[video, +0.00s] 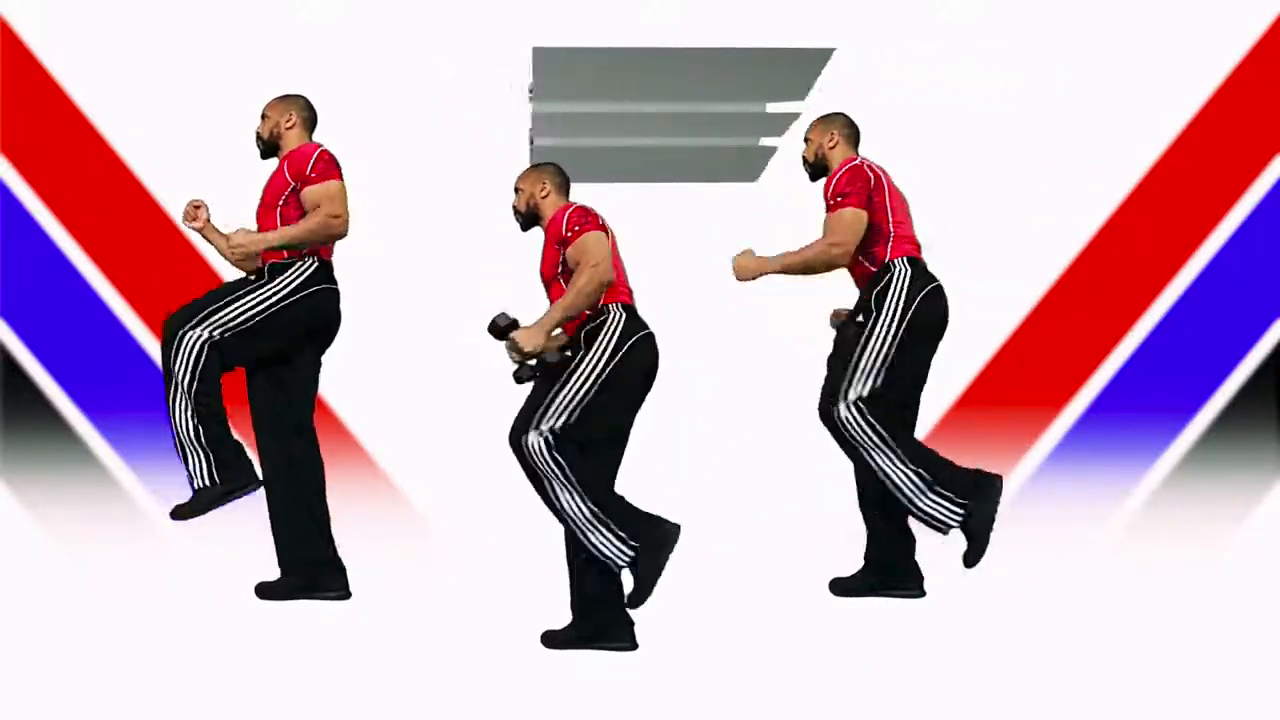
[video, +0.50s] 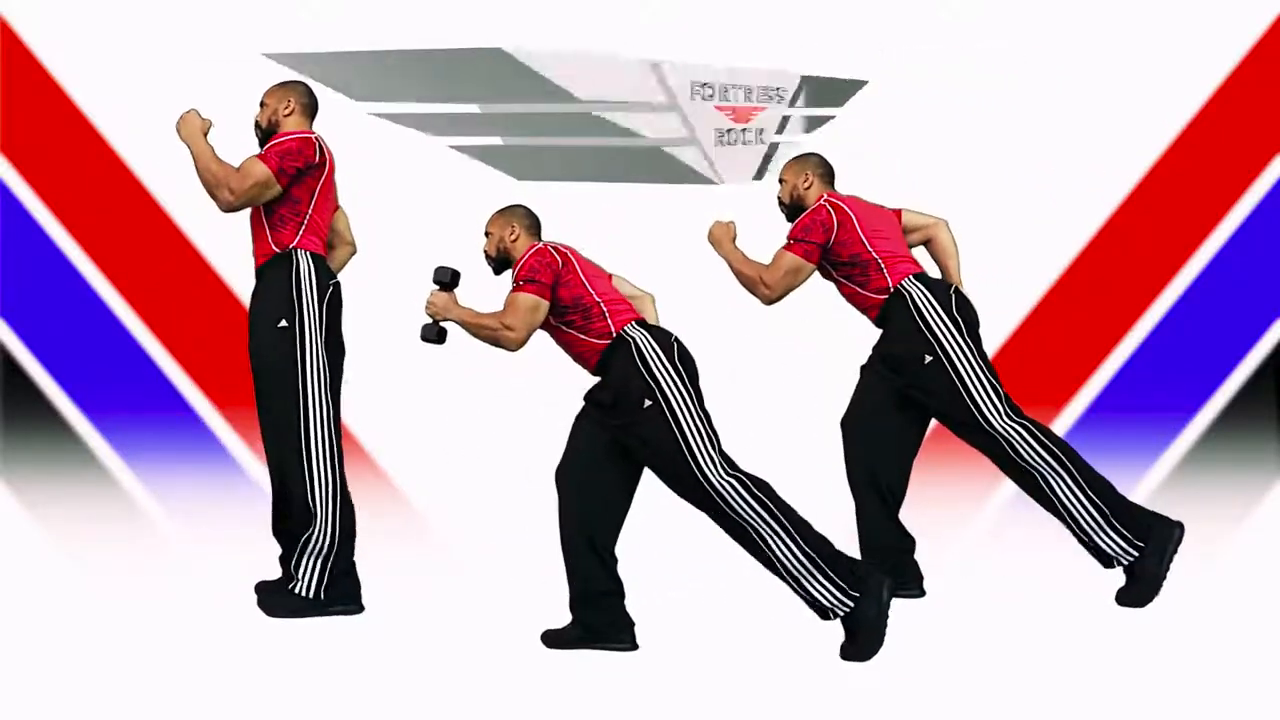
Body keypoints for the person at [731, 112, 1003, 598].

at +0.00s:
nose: (804, 152)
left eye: (809, 142)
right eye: (804, 144)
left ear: (834, 139)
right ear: (840, 141)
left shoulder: (853, 173)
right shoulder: (869, 180)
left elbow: (837, 248)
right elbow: (890, 261)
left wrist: (766, 264)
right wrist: (860, 309)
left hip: (899, 289)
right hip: (907, 296)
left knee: (846, 407)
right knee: (877, 426)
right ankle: (890, 566)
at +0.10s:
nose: (794, 162)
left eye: (800, 152)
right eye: (794, 154)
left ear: (824, 151)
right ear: (836, 155)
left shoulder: (837, 184)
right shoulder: (866, 190)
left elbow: (795, 257)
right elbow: (929, 246)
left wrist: (738, 234)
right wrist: (914, 308)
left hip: (903, 296)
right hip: (893, 306)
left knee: (915, 432)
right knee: (864, 432)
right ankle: (891, 565)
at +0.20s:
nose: (785, 172)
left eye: (791, 163)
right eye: (787, 164)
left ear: (814, 162)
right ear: (830, 164)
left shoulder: (826, 198)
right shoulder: (865, 198)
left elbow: (772, 261)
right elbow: (936, 231)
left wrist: (733, 221)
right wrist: (944, 298)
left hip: (907, 304)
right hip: (895, 314)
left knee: (960, 429)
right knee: (864, 435)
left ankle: (1104, 529)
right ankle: (890, 566)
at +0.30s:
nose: (781, 185)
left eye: (787, 176)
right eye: (782, 177)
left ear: (814, 172)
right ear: (824, 178)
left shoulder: (824, 207)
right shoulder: (862, 205)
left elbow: (765, 271)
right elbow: (938, 224)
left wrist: (726, 226)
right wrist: (957, 292)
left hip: (916, 308)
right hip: (903, 319)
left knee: (987, 429)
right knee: (866, 433)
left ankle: (1128, 534)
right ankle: (891, 567)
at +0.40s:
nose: (779, 191)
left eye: (786, 181)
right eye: (780, 183)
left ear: (814, 179)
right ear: (821, 183)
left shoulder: (822, 212)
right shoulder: (860, 210)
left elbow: (768, 282)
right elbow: (938, 226)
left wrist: (726, 242)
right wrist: (958, 286)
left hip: (921, 311)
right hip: (907, 322)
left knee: (1002, 432)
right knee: (866, 432)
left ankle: (1140, 537)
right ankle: (892, 566)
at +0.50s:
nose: (777, 192)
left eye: (784, 182)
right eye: (778, 184)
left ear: (812, 183)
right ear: (817, 186)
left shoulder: (821, 216)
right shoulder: (858, 211)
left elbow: (769, 286)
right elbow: (934, 228)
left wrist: (726, 249)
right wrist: (953, 294)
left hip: (923, 313)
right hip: (910, 323)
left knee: (1004, 433)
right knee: (866, 435)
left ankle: (1141, 537)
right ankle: (892, 566)